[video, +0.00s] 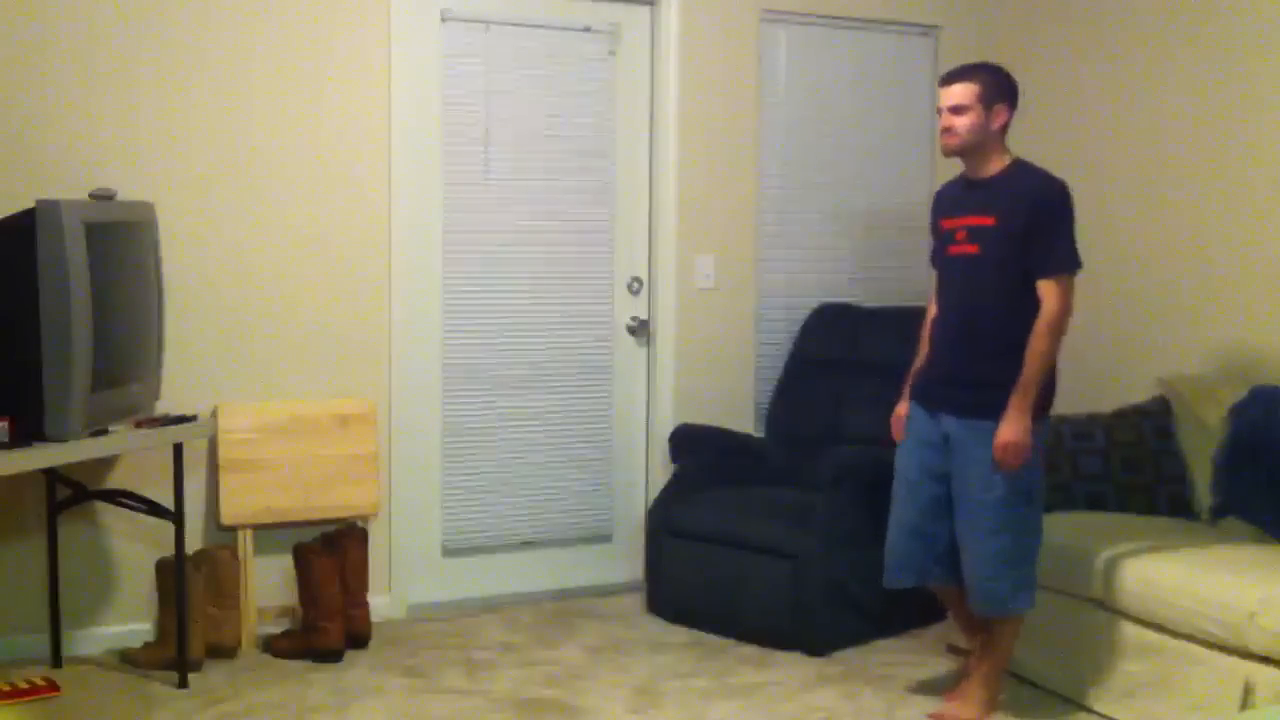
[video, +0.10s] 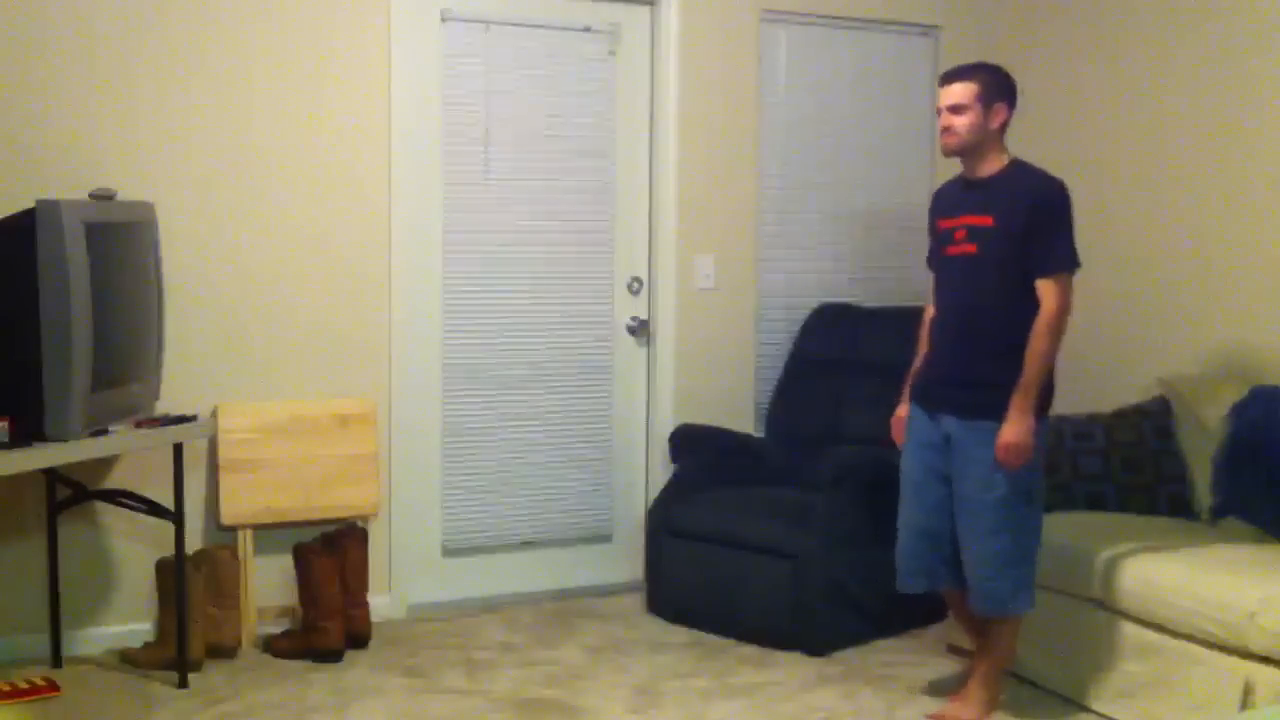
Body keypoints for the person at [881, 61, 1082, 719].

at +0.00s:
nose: (945, 123)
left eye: (958, 110)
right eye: (941, 112)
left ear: (999, 115)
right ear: (943, 120)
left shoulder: (1041, 193)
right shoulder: (947, 201)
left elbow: (1055, 309)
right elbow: (940, 303)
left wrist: (1020, 411)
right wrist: (909, 393)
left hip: (997, 417)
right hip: (932, 409)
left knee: (996, 562)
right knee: (924, 544)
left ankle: (985, 690)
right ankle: (979, 645)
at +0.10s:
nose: (945, 122)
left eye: (958, 110)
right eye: (941, 112)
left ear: (998, 115)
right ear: (943, 120)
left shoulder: (1039, 193)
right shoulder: (945, 199)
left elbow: (1053, 308)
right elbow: (938, 305)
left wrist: (1023, 410)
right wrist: (908, 396)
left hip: (997, 419)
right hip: (932, 411)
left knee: (996, 563)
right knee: (931, 549)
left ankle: (985, 691)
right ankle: (984, 649)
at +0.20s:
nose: (944, 122)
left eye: (957, 110)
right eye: (941, 111)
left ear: (997, 114)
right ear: (943, 120)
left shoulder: (1039, 192)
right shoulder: (944, 199)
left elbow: (1054, 307)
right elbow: (936, 306)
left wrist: (1024, 410)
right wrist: (908, 396)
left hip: (998, 418)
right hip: (933, 410)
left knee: (997, 563)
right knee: (934, 546)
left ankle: (987, 689)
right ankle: (982, 647)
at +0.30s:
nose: (942, 123)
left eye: (955, 111)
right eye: (938, 113)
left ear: (996, 114)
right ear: (940, 121)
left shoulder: (1038, 192)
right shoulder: (944, 199)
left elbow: (1056, 306)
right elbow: (936, 303)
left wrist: (1026, 409)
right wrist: (906, 394)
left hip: (997, 417)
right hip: (931, 409)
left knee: (996, 562)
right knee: (926, 543)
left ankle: (985, 689)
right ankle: (976, 639)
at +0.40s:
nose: (942, 124)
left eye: (955, 111)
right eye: (938, 114)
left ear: (995, 114)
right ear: (939, 121)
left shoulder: (1038, 192)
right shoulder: (944, 199)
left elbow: (1057, 305)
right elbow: (938, 303)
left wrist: (1027, 409)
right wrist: (905, 392)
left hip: (997, 417)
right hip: (930, 409)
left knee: (996, 563)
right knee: (923, 543)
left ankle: (984, 690)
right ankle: (975, 641)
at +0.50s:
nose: (942, 124)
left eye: (955, 112)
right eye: (938, 114)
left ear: (995, 115)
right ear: (941, 121)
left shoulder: (1040, 193)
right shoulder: (944, 200)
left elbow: (1055, 308)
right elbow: (938, 301)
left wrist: (1028, 410)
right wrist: (907, 391)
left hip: (998, 416)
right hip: (932, 408)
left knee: (997, 561)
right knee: (922, 540)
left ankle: (984, 688)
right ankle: (972, 636)